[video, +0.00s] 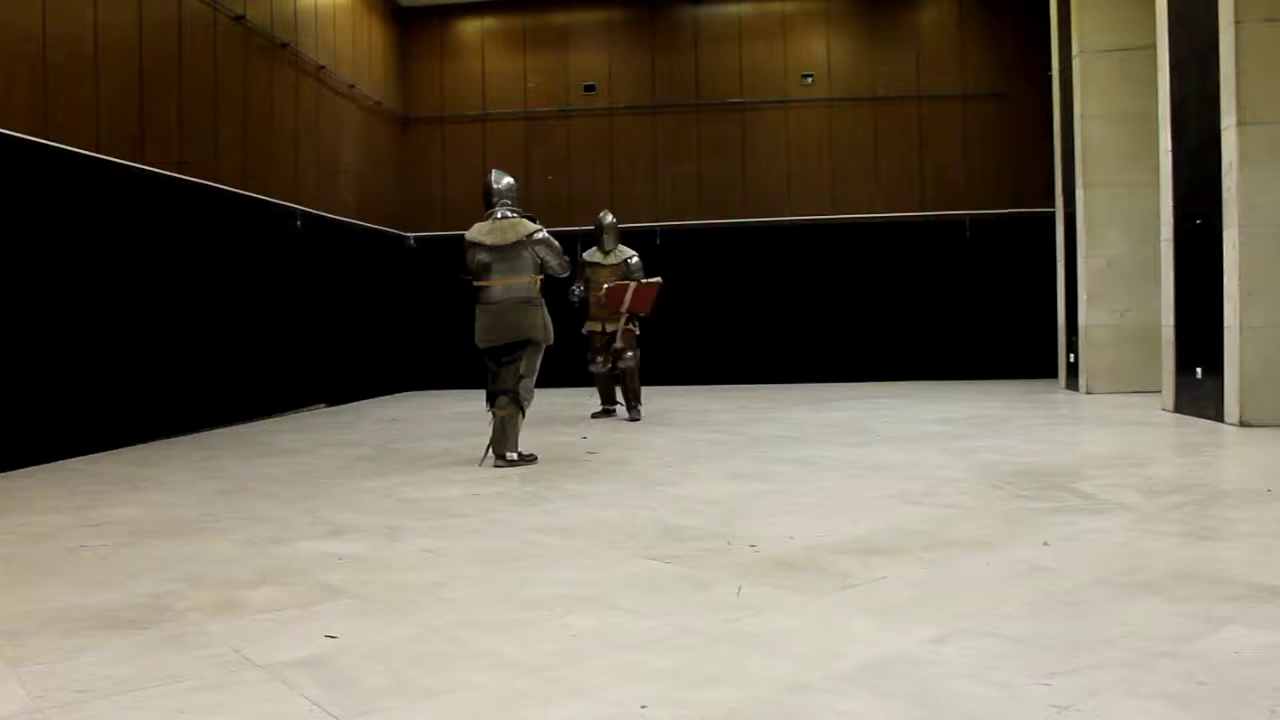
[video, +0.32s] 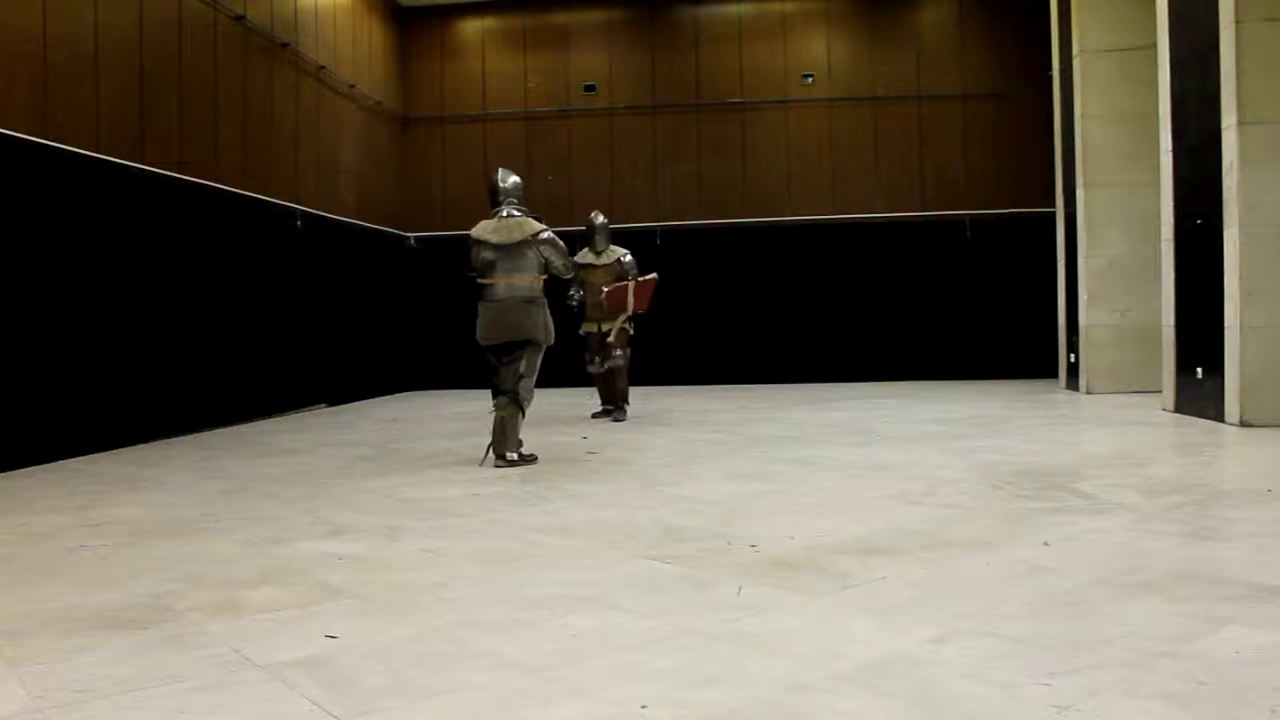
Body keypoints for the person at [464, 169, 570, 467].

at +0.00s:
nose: (515, 199)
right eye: (515, 194)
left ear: (488, 199)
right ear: (515, 197)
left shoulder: (475, 236)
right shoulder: (530, 232)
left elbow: (473, 270)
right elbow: (561, 268)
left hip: (490, 317)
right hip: (528, 315)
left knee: (501, 378)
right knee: (521, 381)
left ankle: (502, 446)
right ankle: (507, 450)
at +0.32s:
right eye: (520, 191)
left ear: (493, 196)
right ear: (520, 194)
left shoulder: (480, 233)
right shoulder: (535, 231)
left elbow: (478, 266)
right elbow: (565, 268)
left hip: (491, 315)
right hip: (529, 314)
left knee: (505, 379)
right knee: (520, 382)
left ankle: (507, 445)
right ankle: (505, 449)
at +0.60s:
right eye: (525, 202)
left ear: (499, 206)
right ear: (527, 204)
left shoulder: (485, 242)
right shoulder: (540, 240)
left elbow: (483, 276)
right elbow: (569, 277)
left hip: (497, 322)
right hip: (534, 320)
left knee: (511, 381)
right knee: (529, 384)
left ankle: (503, 440)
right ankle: (512, 443)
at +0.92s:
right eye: (538, 204)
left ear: (512, 206)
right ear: (539, 205)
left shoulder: (496, 238)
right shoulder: (546, 238)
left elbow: (496, 269)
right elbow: (576, 266)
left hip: (505, 318)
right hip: (541, 318)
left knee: (517, 372)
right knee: (559, 376)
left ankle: (515, 434)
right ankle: (554, 438)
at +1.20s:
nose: (546, 230)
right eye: (547, 226)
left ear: (522, 225)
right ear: (548, 228)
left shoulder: (503, 251)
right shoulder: (549, 261)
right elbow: (570, 298)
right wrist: (584, 275)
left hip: (497, 334)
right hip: (532, 335)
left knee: (520, 378)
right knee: (559, 380)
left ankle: (521, 431)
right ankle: (555, 434)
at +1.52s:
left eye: (525, 219)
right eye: (544, 219)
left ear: (521, 223)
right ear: (548, 223)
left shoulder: (507, 248)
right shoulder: (561, 255)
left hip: (512, 322)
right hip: (546, 323)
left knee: (519, 375)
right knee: (559, 370)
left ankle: (521, 430)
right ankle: (551, 431)